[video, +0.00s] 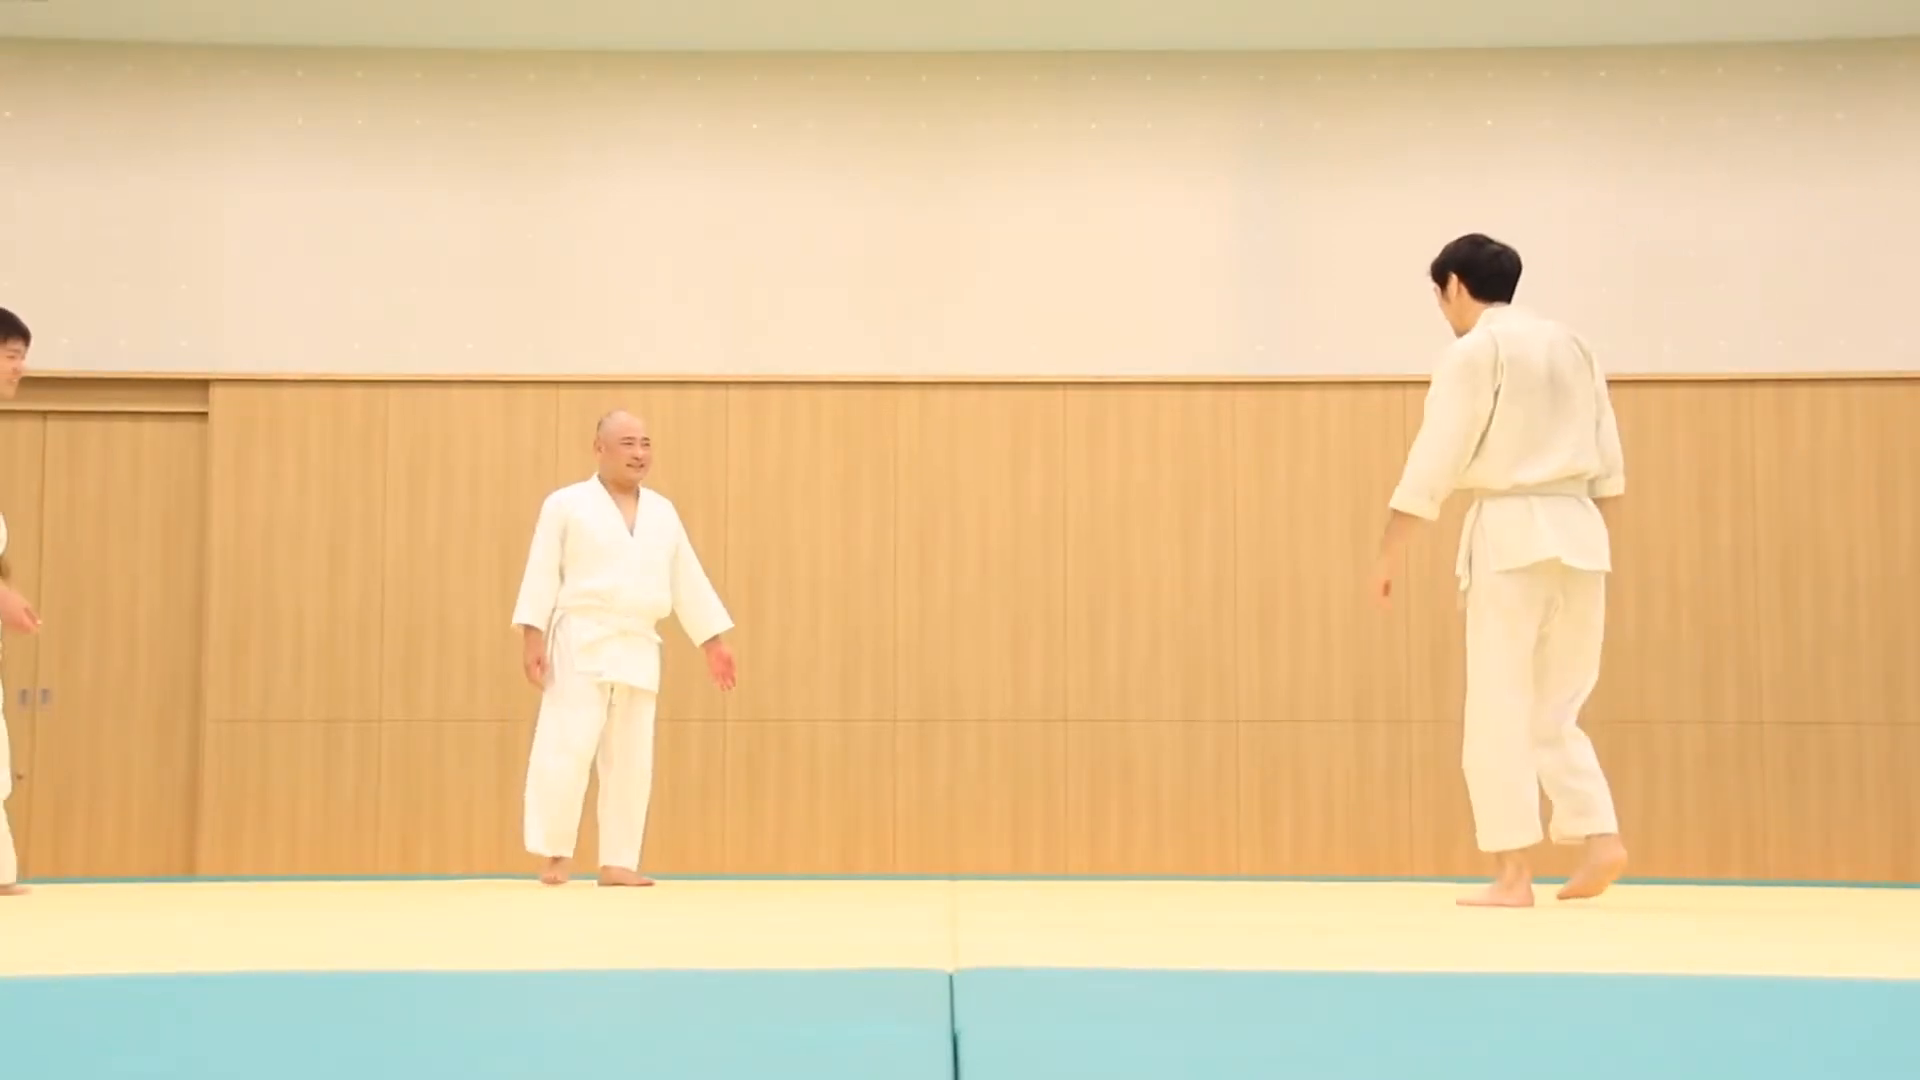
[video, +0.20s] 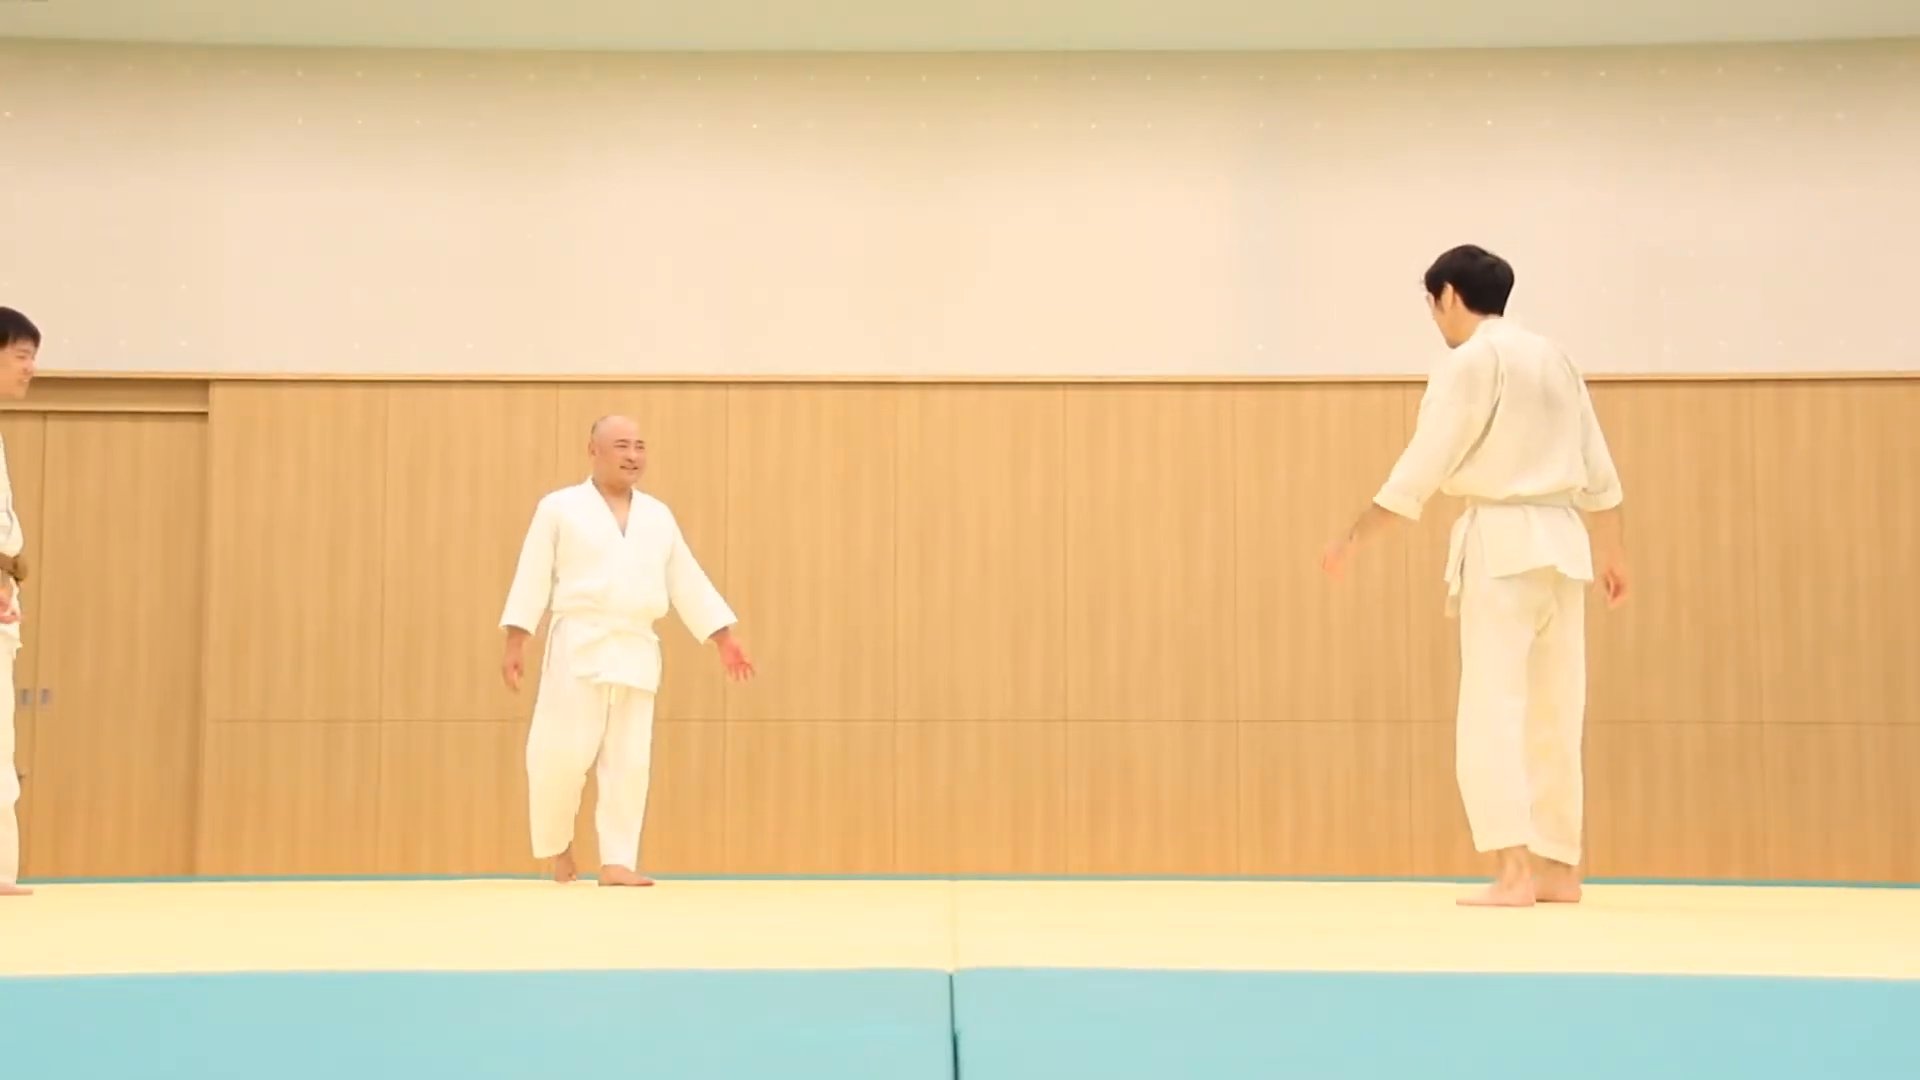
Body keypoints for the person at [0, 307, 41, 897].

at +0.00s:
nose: (19, 370)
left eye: (22, 359)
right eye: (13, 358)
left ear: (21, 363)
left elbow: (1, 539)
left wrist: (7, 590)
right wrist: (5, 592)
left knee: (2, 758)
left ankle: (5, 864)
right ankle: (3, 864)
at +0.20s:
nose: (30, 371)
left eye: (32, 359)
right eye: (22, 358)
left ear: (21, 361)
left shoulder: (3, 438)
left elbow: (10, 529)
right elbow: (7, 530)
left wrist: (10, 577)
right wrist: (11, 574)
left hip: (6, 608)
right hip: (1, 608)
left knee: (2, 742)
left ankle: (5, 866)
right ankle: (2, 866)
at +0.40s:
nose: (36, 374)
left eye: (39, 362)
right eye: (28, 361)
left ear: (28, 366)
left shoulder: (6, 440)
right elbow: (8, 529)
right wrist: (25, 556)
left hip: (14, 618)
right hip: (6, 618)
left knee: (11, 748)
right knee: (6, 749)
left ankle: (5, 867)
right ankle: (2, 868)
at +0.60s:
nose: (43, 377)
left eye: (46, 366)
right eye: (35, 364)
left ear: (33, 370)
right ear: (5, 363)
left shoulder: (11, 440)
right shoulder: (0, 440)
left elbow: (22, 531)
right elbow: (6, 528)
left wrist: (29, 608)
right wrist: (27, 558)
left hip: (18, 613)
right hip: (7, 615)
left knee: (12, 747)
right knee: (8, 748)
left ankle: (6, 869)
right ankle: (2, 869)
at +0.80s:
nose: (45, 375)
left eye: (48, 364)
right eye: (36, 362)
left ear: (34, 369)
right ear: (5, 363)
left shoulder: (14, 441)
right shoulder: (1, 441)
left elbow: (25, 533)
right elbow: (6, 530)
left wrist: (20, 584)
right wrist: (29, 560)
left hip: (19, 611)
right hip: (8, 613)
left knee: (13, 746)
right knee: (8, 747)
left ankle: (5, 869)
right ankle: (2, 869)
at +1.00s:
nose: (44, 375)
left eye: (47, 365)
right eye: (35, 363)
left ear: (37, 370)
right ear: (5, 363)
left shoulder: (14, 441)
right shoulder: (1, 441)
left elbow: (26, 529)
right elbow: (8, 528)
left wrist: (18, 587)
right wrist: (9, 596)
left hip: (22, 601)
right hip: (6, 603)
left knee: (15, 739)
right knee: (8, 741)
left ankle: (6, 867)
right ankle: (2, 867)